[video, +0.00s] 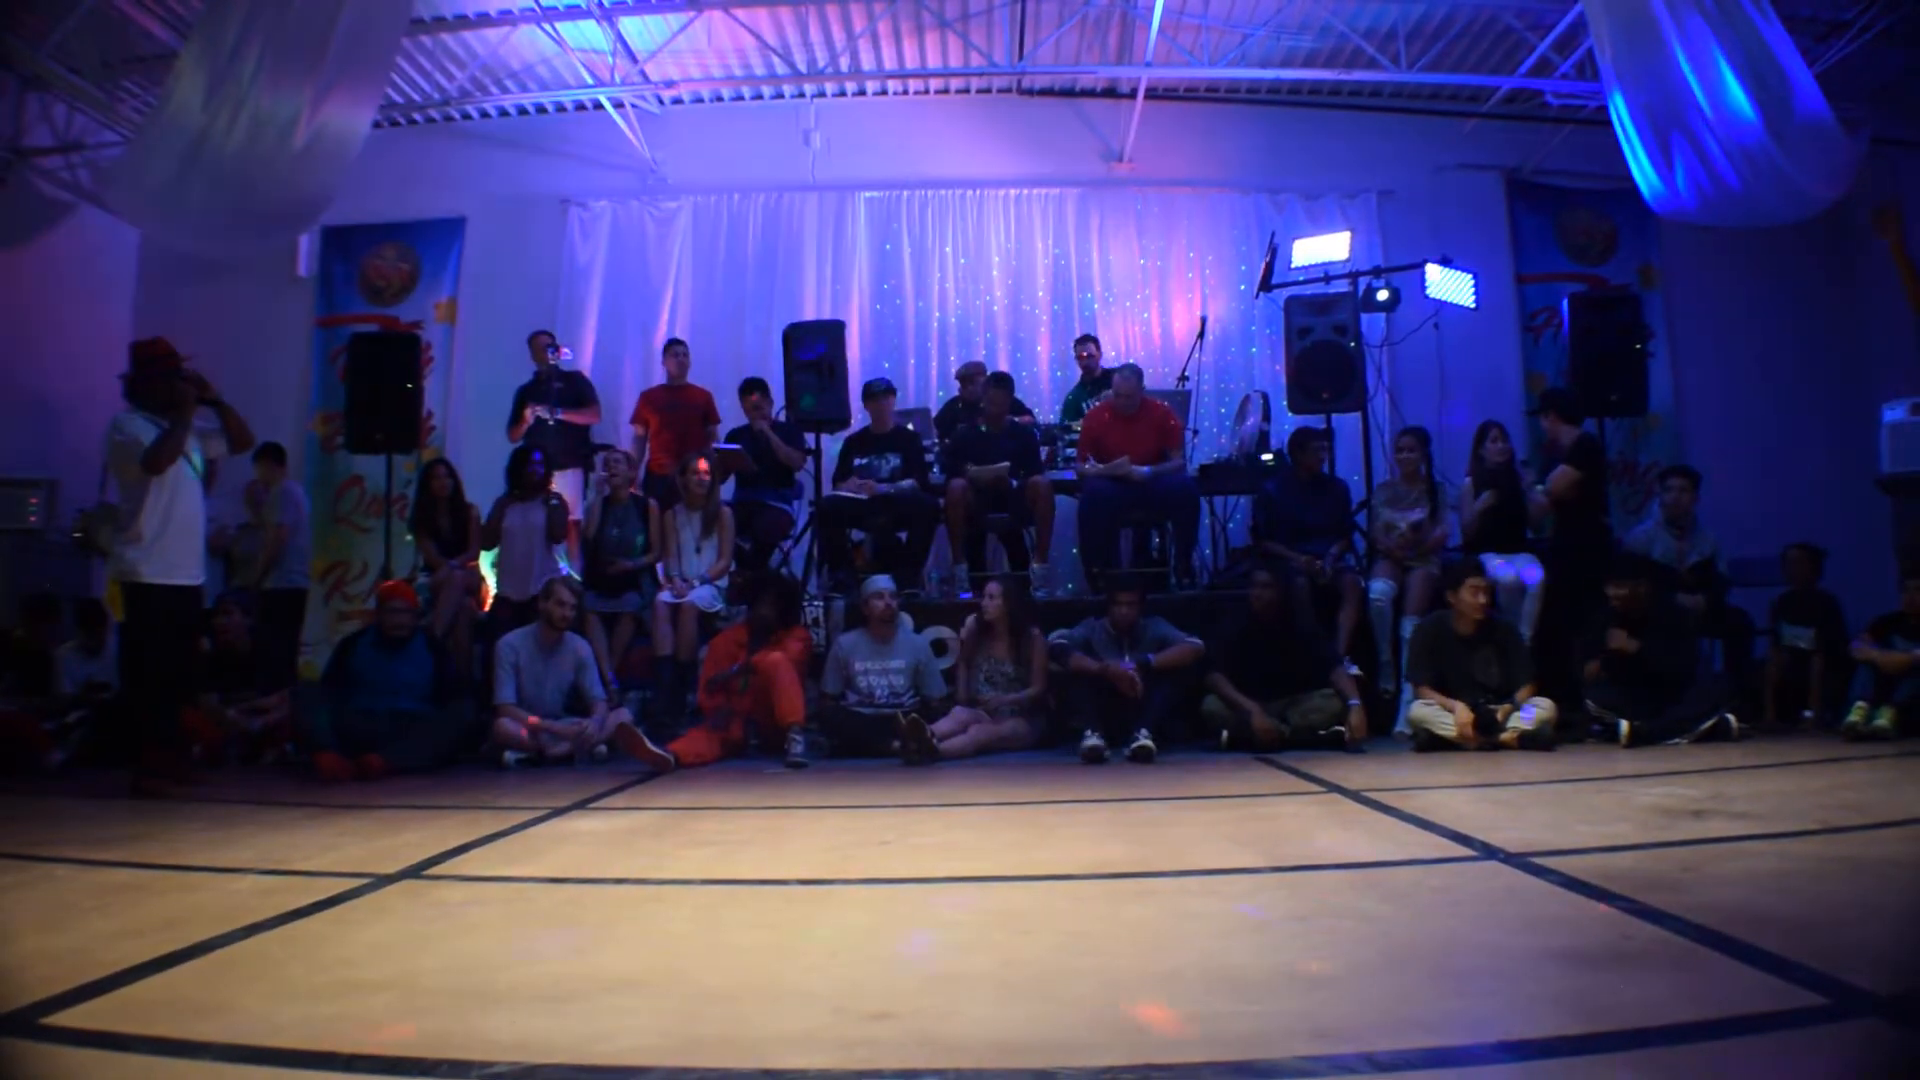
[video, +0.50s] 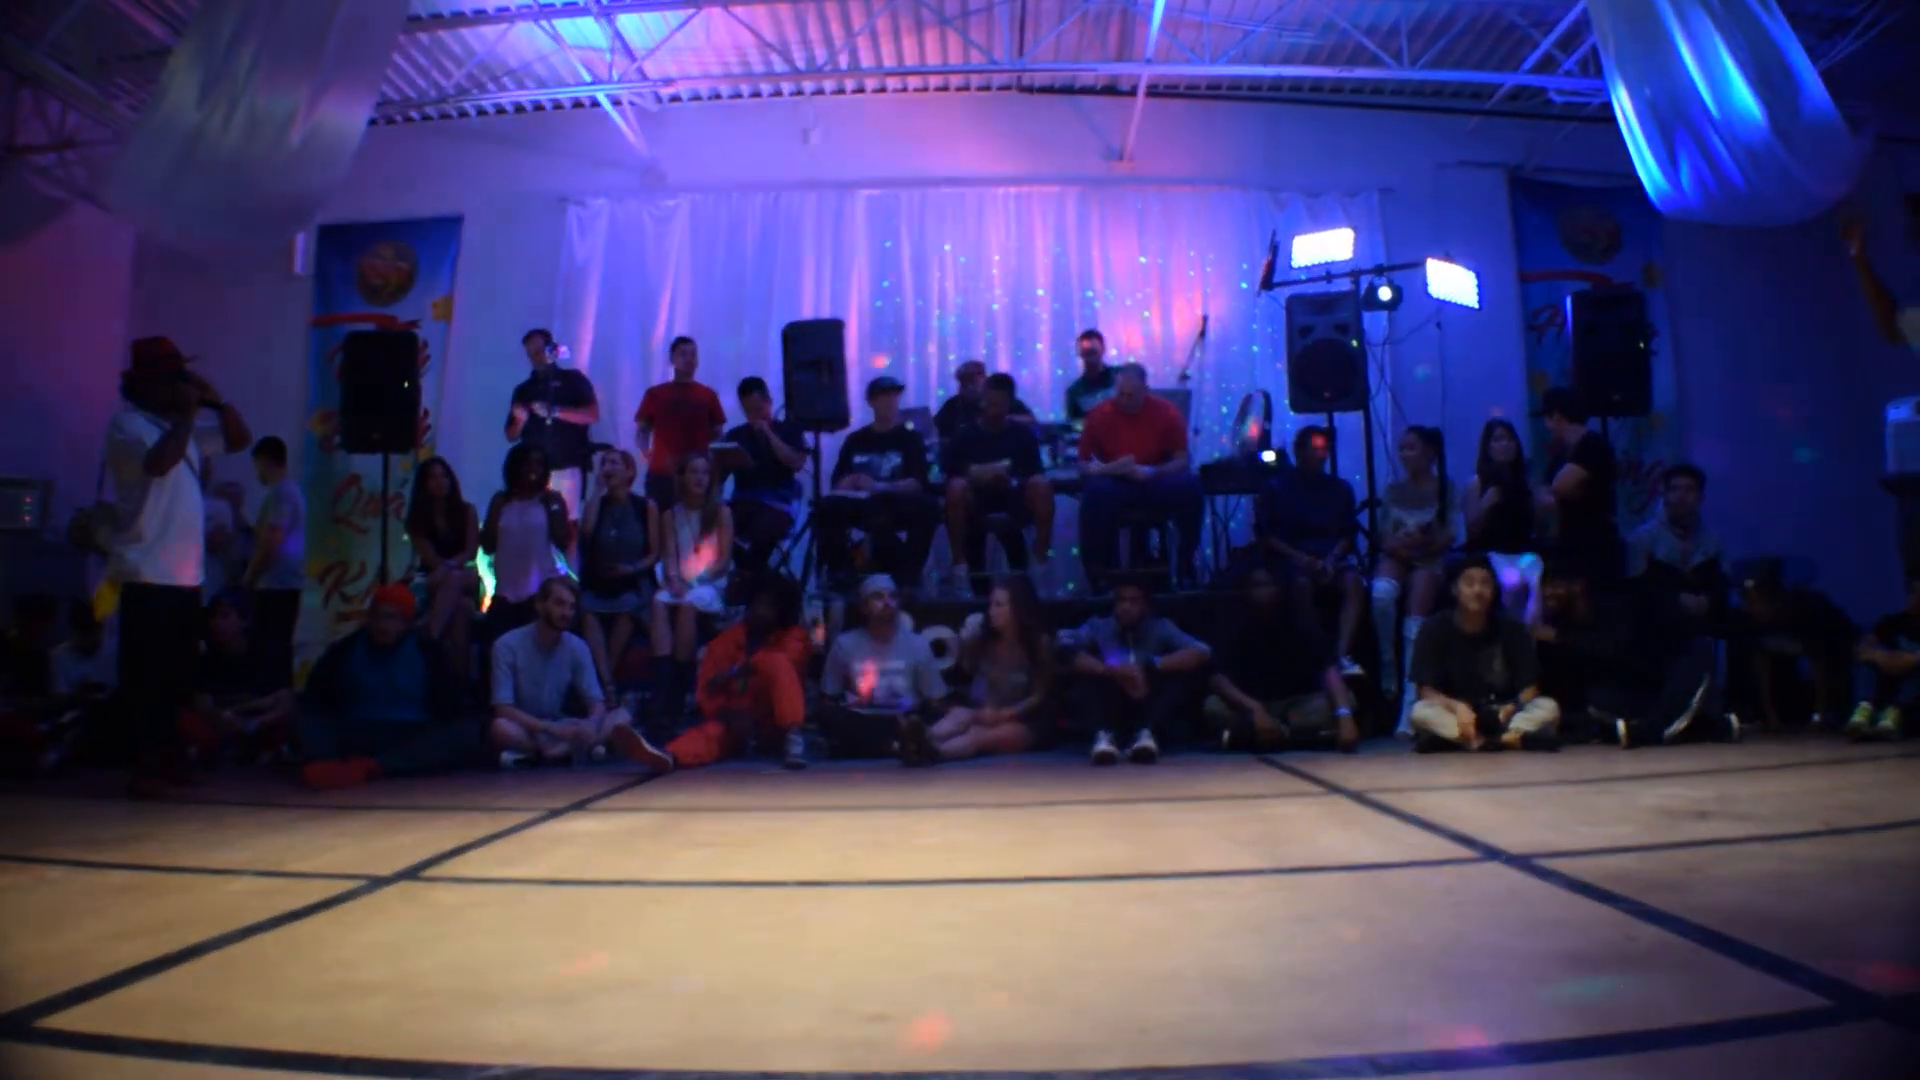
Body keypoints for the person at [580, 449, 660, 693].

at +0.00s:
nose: (611, 470)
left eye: (617, 465)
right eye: (608, 466)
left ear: (630, 472)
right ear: (603, 473)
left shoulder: (647, 505)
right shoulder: (596, 504)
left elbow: (656, 551)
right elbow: (589, 533)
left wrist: (630, 564)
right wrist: (598, 495)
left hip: (633, 575)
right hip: (600, 573)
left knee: (628, 609)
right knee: (590, 610)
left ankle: (610, 671)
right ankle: (607, 677)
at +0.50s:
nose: (607, 468)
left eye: (614, 463)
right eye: (604, 463)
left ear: (629, 472)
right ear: (599, 471)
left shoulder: (645, 506)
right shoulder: (594, 504)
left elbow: (654, 552)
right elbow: (586, 532)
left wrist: (631, 568)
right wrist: (597, 492)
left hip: (630, 579)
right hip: (598, 577)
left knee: (626, 613)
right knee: (588, 614)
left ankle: (606, 677)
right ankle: (606, 684)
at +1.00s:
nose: (609, 468)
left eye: (615, 464)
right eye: (606, 464)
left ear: (630, 472)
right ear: (601, 473)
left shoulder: (646, 506)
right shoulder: (595, 505)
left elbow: (655, 552)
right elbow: (589, 528)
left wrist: (634, 568)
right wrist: (597, 490)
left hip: (631, 577)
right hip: (600, 575)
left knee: (627, 608)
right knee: (588, 610)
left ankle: (609, 672)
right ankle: (605, 678)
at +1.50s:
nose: (610, 470)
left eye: (616, 465)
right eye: (606, 465)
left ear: (629, 472)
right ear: (601, 473)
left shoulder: (645, 507)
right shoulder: (593, 506)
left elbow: (654, 552)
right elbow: (587, 545)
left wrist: (633, 568)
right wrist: (597, 507)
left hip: (630, 576)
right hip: (599, 575)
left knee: (627, 611)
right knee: (589, 614)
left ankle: (607, 678)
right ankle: (608, 684)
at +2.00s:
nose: (620, 471)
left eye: (625, 466)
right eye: (614, 466)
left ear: (630, 472)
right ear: (602, 473)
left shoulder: (646, 508)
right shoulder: (592, 510)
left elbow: (654, 553)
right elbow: (587, 549)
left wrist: (634, 568)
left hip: (630, 576)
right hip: (600, 574)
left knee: (626, 612)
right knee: (589, 612)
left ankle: (607, 677)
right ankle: (607, 681)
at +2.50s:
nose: (622, 473)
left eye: (626, 468)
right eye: (615, 468)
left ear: (631, 473)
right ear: (603, 474)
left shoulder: (645, 507)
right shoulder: (591, 511)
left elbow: (655, 551)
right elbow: (586, 553)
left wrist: (636, 544)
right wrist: (600, 546)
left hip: (633, 572)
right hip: (601, 573)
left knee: (627, 608)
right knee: (589, 610)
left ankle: (608, 676)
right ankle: (606, 678)